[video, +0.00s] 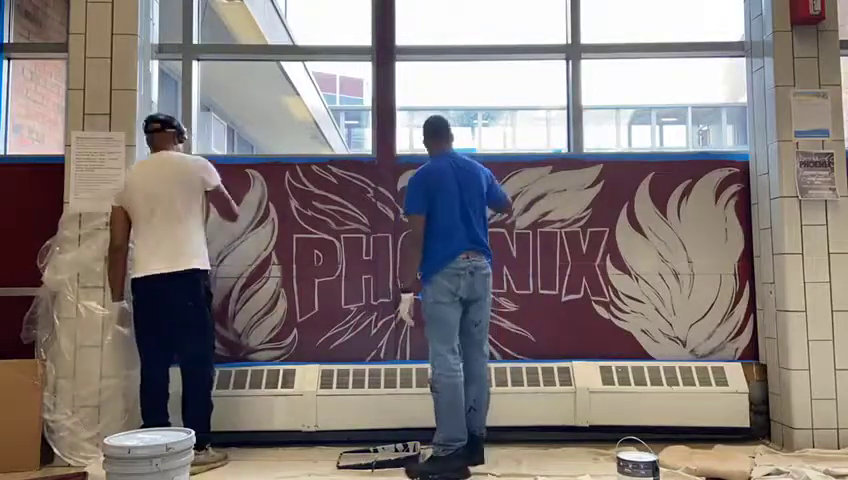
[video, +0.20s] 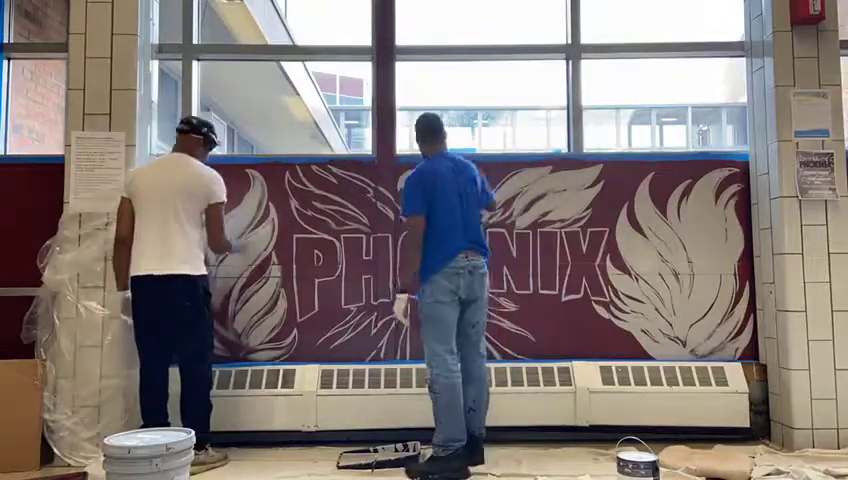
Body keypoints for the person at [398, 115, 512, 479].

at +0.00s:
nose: (430, 145)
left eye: (426, 140)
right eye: (439, 136)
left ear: (425, 141)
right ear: (451, 137)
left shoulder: (422, 177)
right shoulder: (477, 169)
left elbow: (417, 229)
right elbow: (505, 206)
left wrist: (410, 277)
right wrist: (478, 207)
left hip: (443, 270)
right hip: (480, 269)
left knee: (445, 358)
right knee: (476, 355)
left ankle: (449, 449)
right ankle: (474, 440)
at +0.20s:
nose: (421, 145)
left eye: (419, 140)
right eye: (429, 137)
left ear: (419, 140)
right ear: (445, 136)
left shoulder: (418, 176)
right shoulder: (469, 168)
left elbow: (415, 231)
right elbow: (489, 207)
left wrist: (406, 287)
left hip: (442, 270)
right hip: (477, 267)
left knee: (442, 359)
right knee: (474, 355)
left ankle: (449, 451)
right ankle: (473, 441)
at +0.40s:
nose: (484, 144)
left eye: (480, 137)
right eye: (491, 139)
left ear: (473, 139)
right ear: (500, 142)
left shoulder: (456, 170)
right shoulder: (514, 178)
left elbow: (440, 221)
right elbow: (519, 222)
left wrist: (425, 269)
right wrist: (489, 212)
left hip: (465, 268)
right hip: (505, 268)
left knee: (451, 347)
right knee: (501, 350)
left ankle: (449, 444)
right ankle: (499, 444)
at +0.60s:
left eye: (492, 144)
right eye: (510, 151)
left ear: (488, 145)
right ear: (514, 152)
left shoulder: (464, 165)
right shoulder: (518, 184)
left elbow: (442, 214)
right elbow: (519, 238)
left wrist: (438, 227)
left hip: (465, 265)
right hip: (503, 268)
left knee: (449, 346)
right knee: (499, 352)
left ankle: (447, 443)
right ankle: (498, 444)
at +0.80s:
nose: (501, 138)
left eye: (496, 132)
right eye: (508, 131)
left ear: (490, 133)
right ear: (518, 133)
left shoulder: (475, 169)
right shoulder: (540, 170)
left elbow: (461, 227)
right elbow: (550, 226)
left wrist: (454, 280)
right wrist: (547, 270)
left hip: (489, 267)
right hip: (532, 266)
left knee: (490, 362)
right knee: (531, 359)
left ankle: (497, 454)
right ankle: (539, 454)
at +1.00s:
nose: (497, 152)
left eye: (490, 144)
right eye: (505, 148)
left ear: (483, 144)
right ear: (512, 149)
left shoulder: (458, 175)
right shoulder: (520, 182)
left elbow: (440, 222)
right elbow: (519, 228)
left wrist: (457, 199)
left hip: (467, 272)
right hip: (507, 271)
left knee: (479, 355)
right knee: (532, 353)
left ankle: (492, 443)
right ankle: (552, 437)